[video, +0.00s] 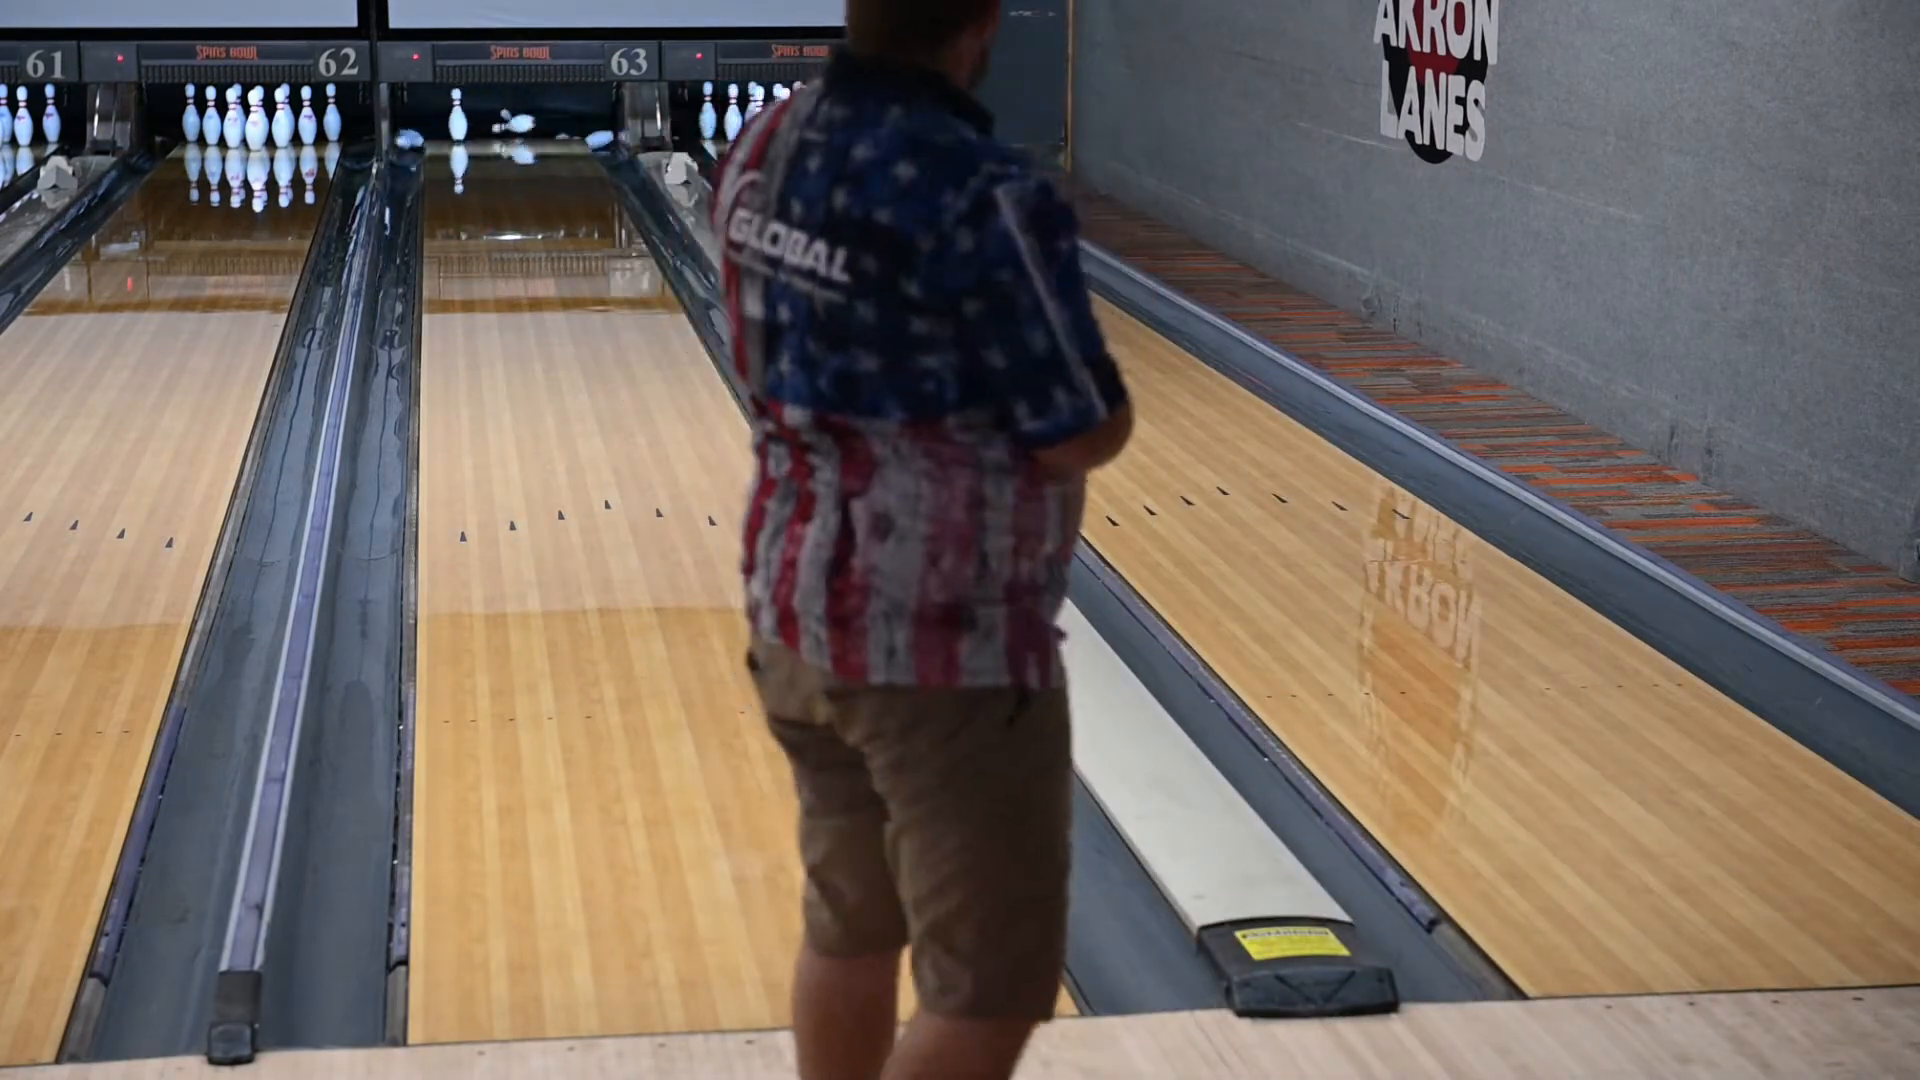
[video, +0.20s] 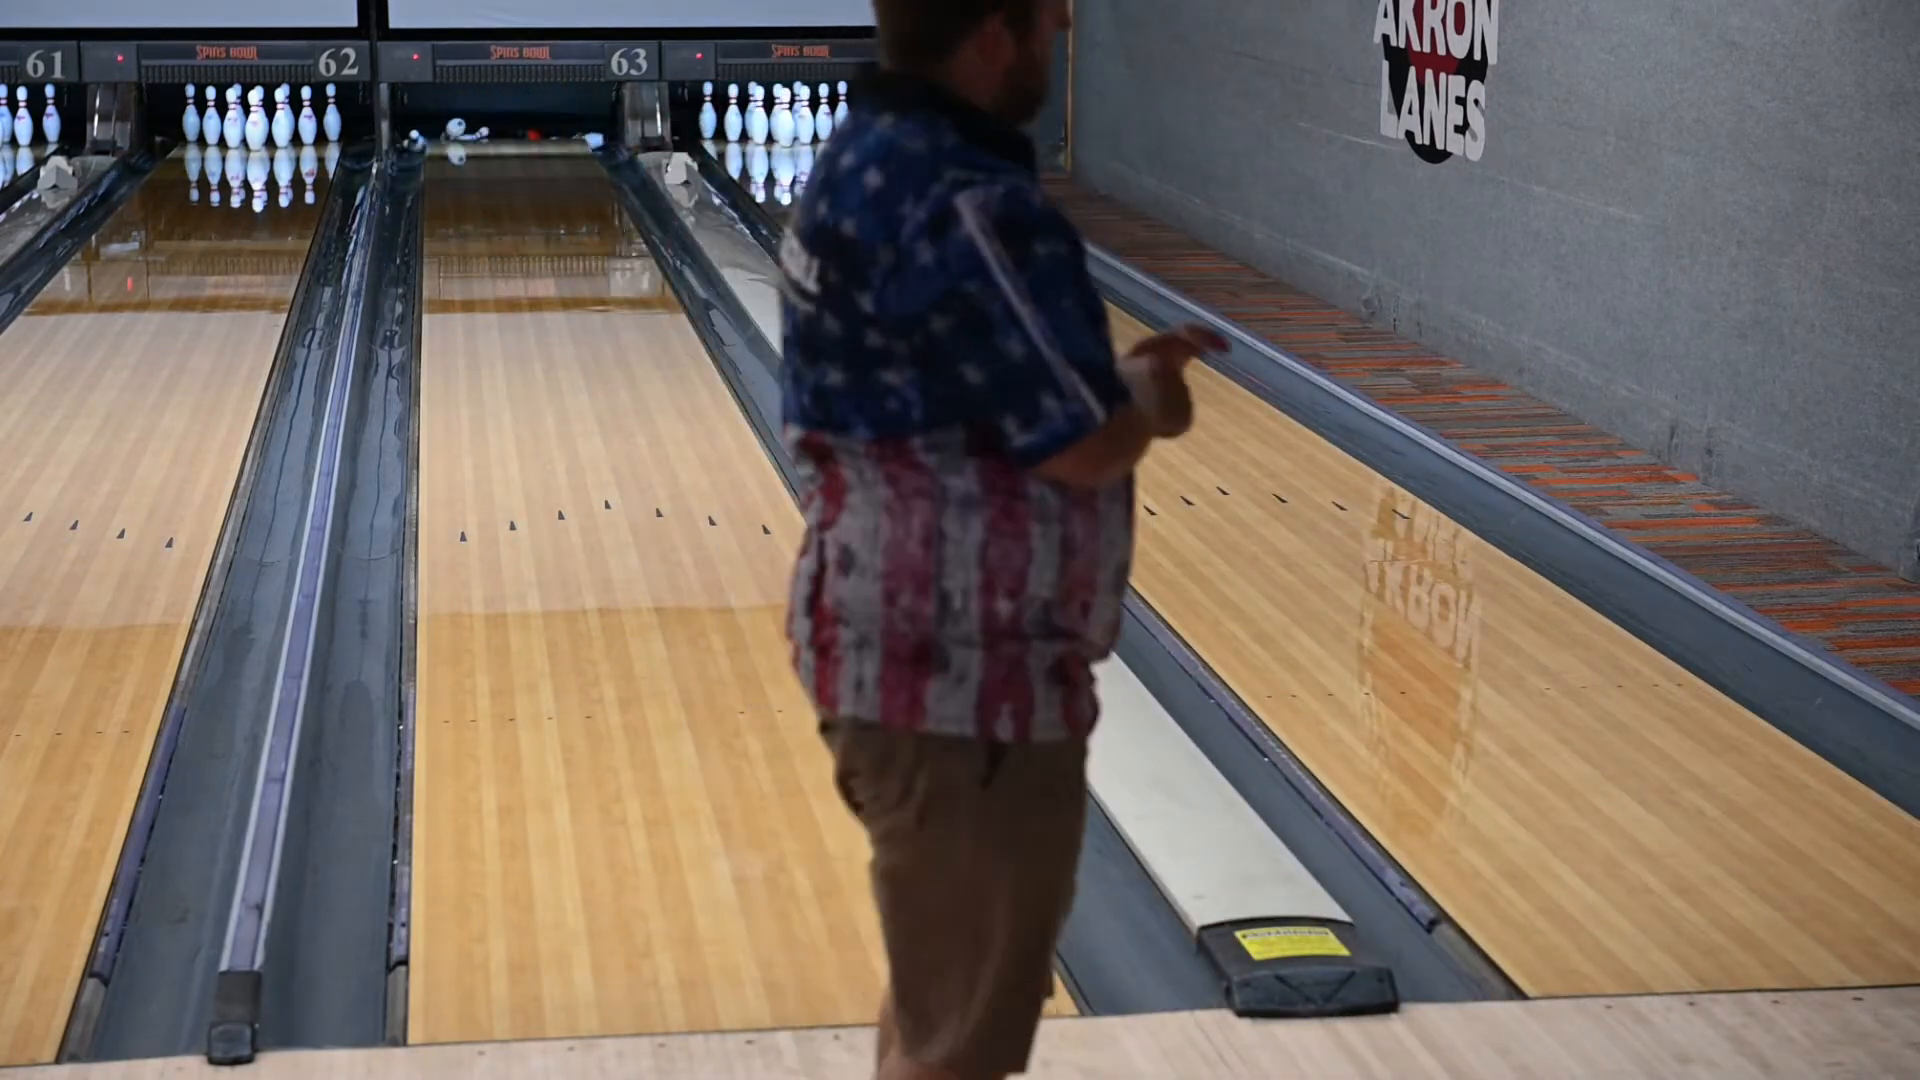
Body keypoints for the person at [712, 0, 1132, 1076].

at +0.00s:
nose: (994, 38)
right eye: (995, 23)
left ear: (851, 20)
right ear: (980, 28)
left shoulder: (761, 152)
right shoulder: (984, 191)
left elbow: (764, 383)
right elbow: (1079, 437)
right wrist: (1112, 386)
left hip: (794, 616)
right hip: (950, 639)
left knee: (847, 934)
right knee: (987, 990)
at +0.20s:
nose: (1058, 47)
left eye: (1055, 25)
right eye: (1049, 24)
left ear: (923, 30)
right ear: (999, 37)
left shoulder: (862, 158)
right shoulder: (971, 202)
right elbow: (1078, 452)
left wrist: (1108, 381)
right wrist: (1152, 403)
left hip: (895, 648)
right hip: (971, 673)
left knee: (935, 1017)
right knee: (971, 1035)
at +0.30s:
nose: (1098, 25)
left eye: (1091, 7)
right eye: (1077, 7)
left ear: (988, 32)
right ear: (991, 29)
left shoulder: (968, 155)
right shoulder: (949, 181)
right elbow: (1075, 443)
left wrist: (1152, 382)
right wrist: (1180, 399)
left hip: (1045, 672)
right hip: (960, 694)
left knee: (1064, 983)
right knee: (949, 1045)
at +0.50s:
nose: (1151, 20)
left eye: (1142, 0)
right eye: (1115, 4)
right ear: (1009, 29)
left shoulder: (1118, 159)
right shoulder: (941, 191)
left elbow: (1138, 379)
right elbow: (1038, 466)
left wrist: (1233, 398)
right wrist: (1229, 439)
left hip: (1152, 717)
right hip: (976, 740)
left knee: (1180, 1050)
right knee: (930, 1057)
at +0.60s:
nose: (1184, 38)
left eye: (1182, 8)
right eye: (1139, 17)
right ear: (1039, 46)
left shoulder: (1195, 183)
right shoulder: (969, 214)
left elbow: (1240, 383)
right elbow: (1019, 493)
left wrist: (1305, 414)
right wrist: (1256, 483)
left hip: (1202, 753)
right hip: (1003, 774)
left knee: (1206, 1063)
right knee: (951, 1063)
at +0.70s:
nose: (1232, 52)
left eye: (1233, 16)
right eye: (1182, 30)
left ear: (1252, 17)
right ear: (1081, 57)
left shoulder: (1271, 203)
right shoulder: (1006, 233)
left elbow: (1354, 375)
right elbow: (1005, 508)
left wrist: (1389, 400)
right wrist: (1264, 549)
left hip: (1266, 784)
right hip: (1047, 800)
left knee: (1258, 1065)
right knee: (997, 1067)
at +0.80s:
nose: (1278, 43)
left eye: (1280, 9)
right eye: (1225, 25)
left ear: (1306, 10)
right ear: (1131, 52)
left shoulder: (1342, 203)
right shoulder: (1046, 232)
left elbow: (1492, 376)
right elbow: (993, 501)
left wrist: (1459, 408)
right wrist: (1246, 613)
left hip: (1331, 790)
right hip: (1101, 814)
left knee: (1334, 1064)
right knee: (1086, 1065)